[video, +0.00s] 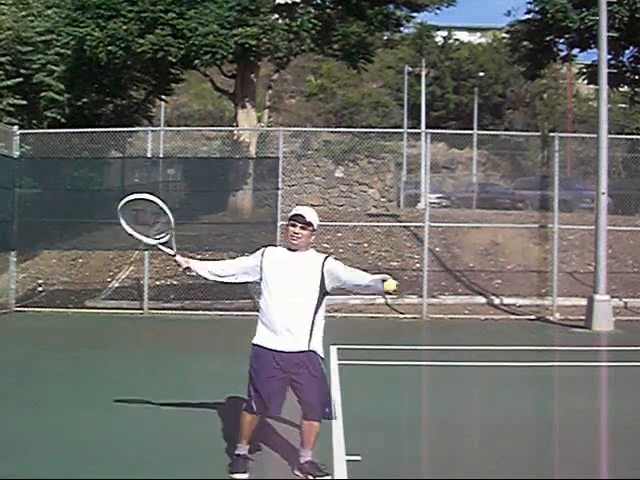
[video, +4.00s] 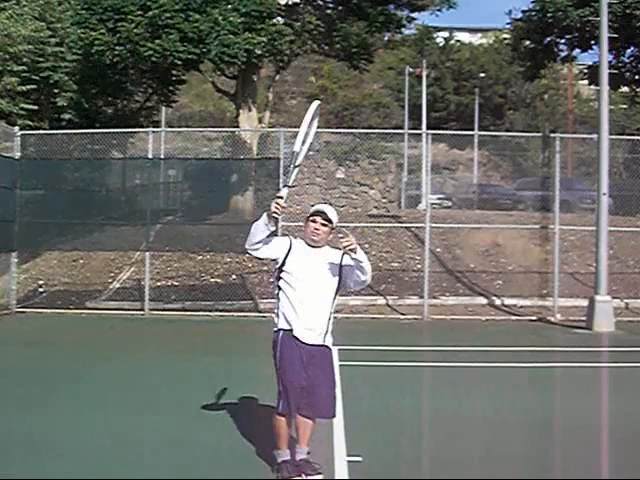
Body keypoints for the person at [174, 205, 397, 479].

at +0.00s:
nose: (295, 230)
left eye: (302, 227)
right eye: (292, 224)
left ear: (312, 234)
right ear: (285, 228)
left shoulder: (323, 263)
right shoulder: (268, 256)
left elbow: (353, 278)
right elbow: (230, 268)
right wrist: (194, 265)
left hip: (305, 351)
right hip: (267, 347)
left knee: (314, 406)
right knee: (256, 403)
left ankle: (306, 459)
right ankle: (241, 453)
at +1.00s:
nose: (349, 218)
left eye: (355, 214)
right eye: (344, 210)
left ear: (359, 220)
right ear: (330, 212)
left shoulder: (363, 253)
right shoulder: (320, 236)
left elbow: (389, 265)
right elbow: (317, 195)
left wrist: (412, 250)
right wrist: (326, 150)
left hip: (340, 328)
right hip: (315, 319)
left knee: (332, 397)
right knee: (311, 392)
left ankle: (317, 456)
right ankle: (294, 454)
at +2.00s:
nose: (348, 232)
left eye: (355, 228)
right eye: (344, 226)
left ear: (362, 234)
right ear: (335, 227)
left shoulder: (365, 262)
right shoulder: (315, 250)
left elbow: (373, 296)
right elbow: (280, 269)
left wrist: (369, 318)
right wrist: (294, 290)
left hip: (344, 338)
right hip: (316, 335)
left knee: (338, 396)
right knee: (319, 396)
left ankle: (321, 452)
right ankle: (306, 458)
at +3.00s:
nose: (320, 221)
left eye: (326, 217)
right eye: (315, 215)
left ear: (333, 222)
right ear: (306, 216)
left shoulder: (339, 251)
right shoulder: (292, 237)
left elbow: (348, 285)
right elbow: (278, 198)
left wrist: (347, 303)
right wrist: (277, 157)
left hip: (324, 329)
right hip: (294, 324)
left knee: (320, 396)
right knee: (291, 393)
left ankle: (308, 454)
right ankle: (284, 455)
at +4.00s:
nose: (316, 226)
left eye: (323, 224)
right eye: (313, 221)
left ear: (331, 231)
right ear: (304, 224)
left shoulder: (336, 257)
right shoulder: (289, 245)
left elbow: (363, 277)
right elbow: (254, 246)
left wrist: (355, 251)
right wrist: (269, 218)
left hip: (319, 337)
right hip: (289, 332)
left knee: (311, 398)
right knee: (288, 395)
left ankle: (301, 457)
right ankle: (283, 459)